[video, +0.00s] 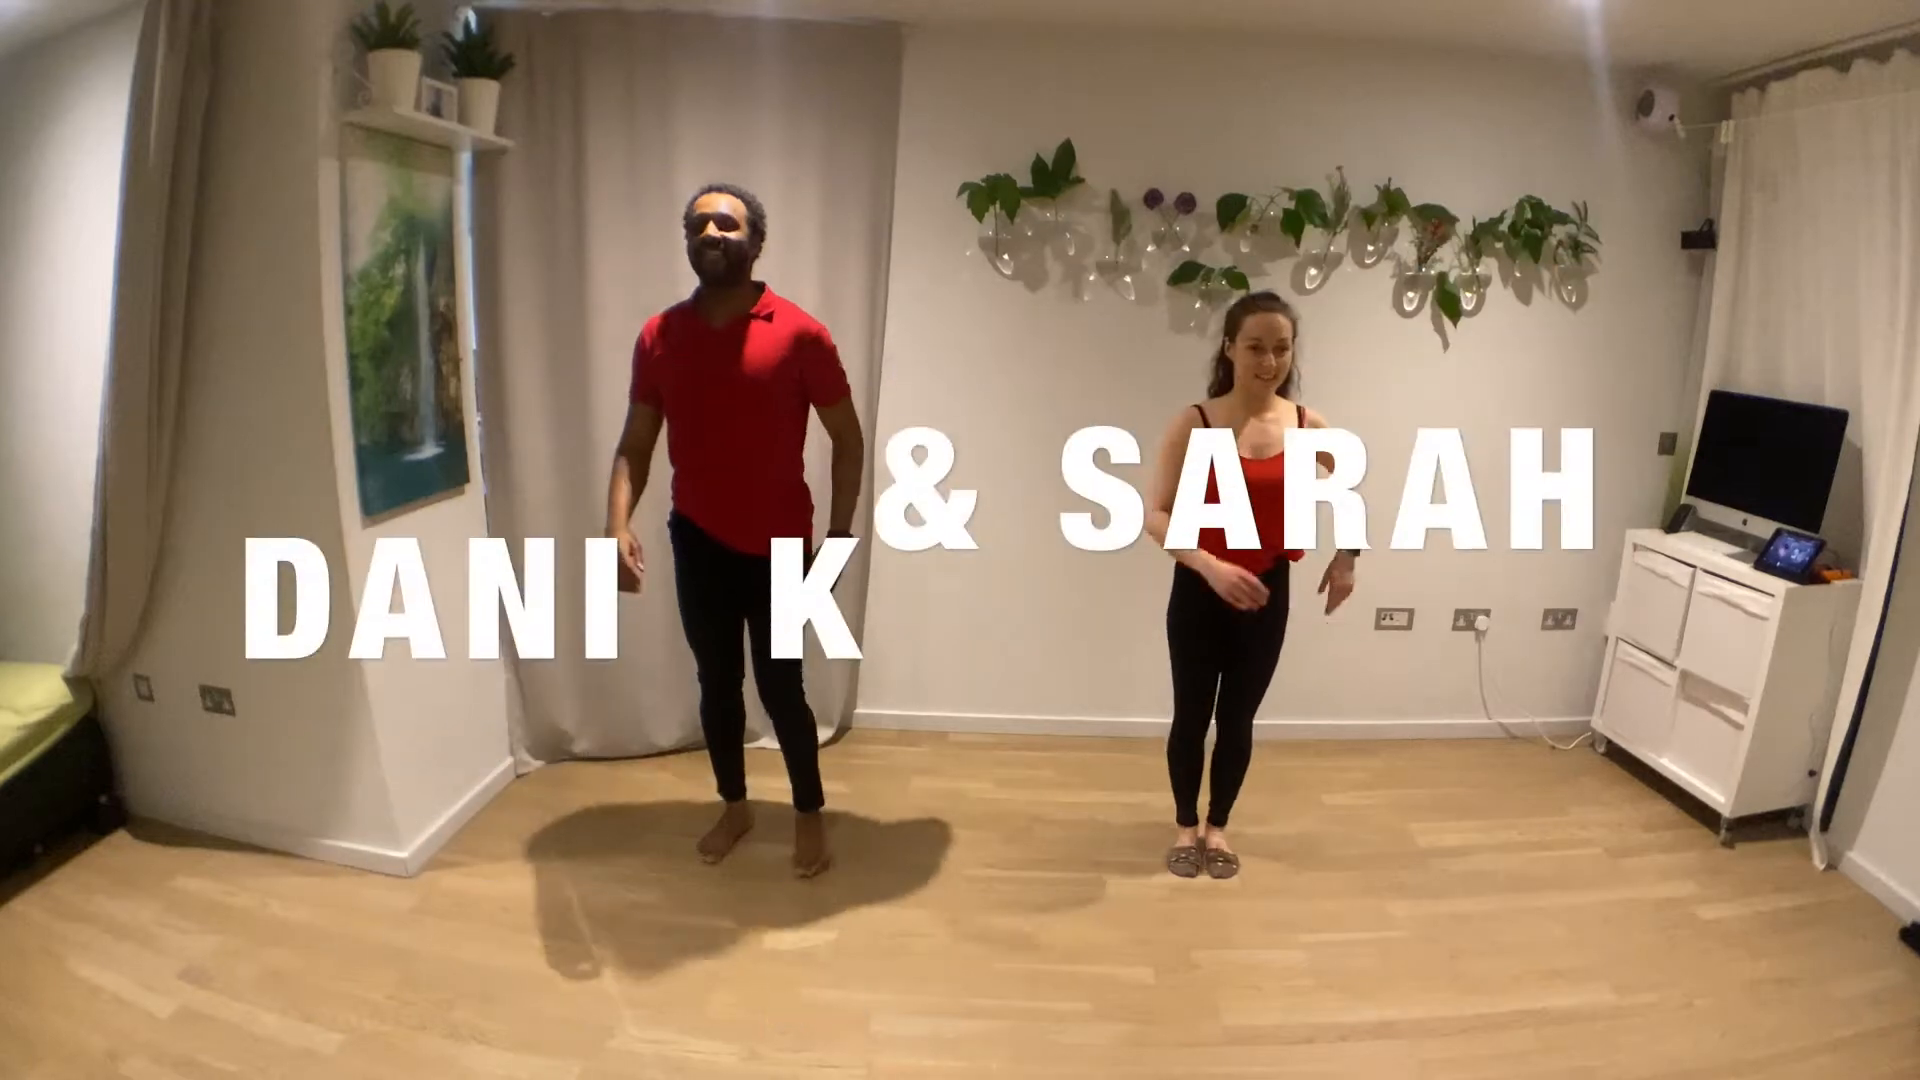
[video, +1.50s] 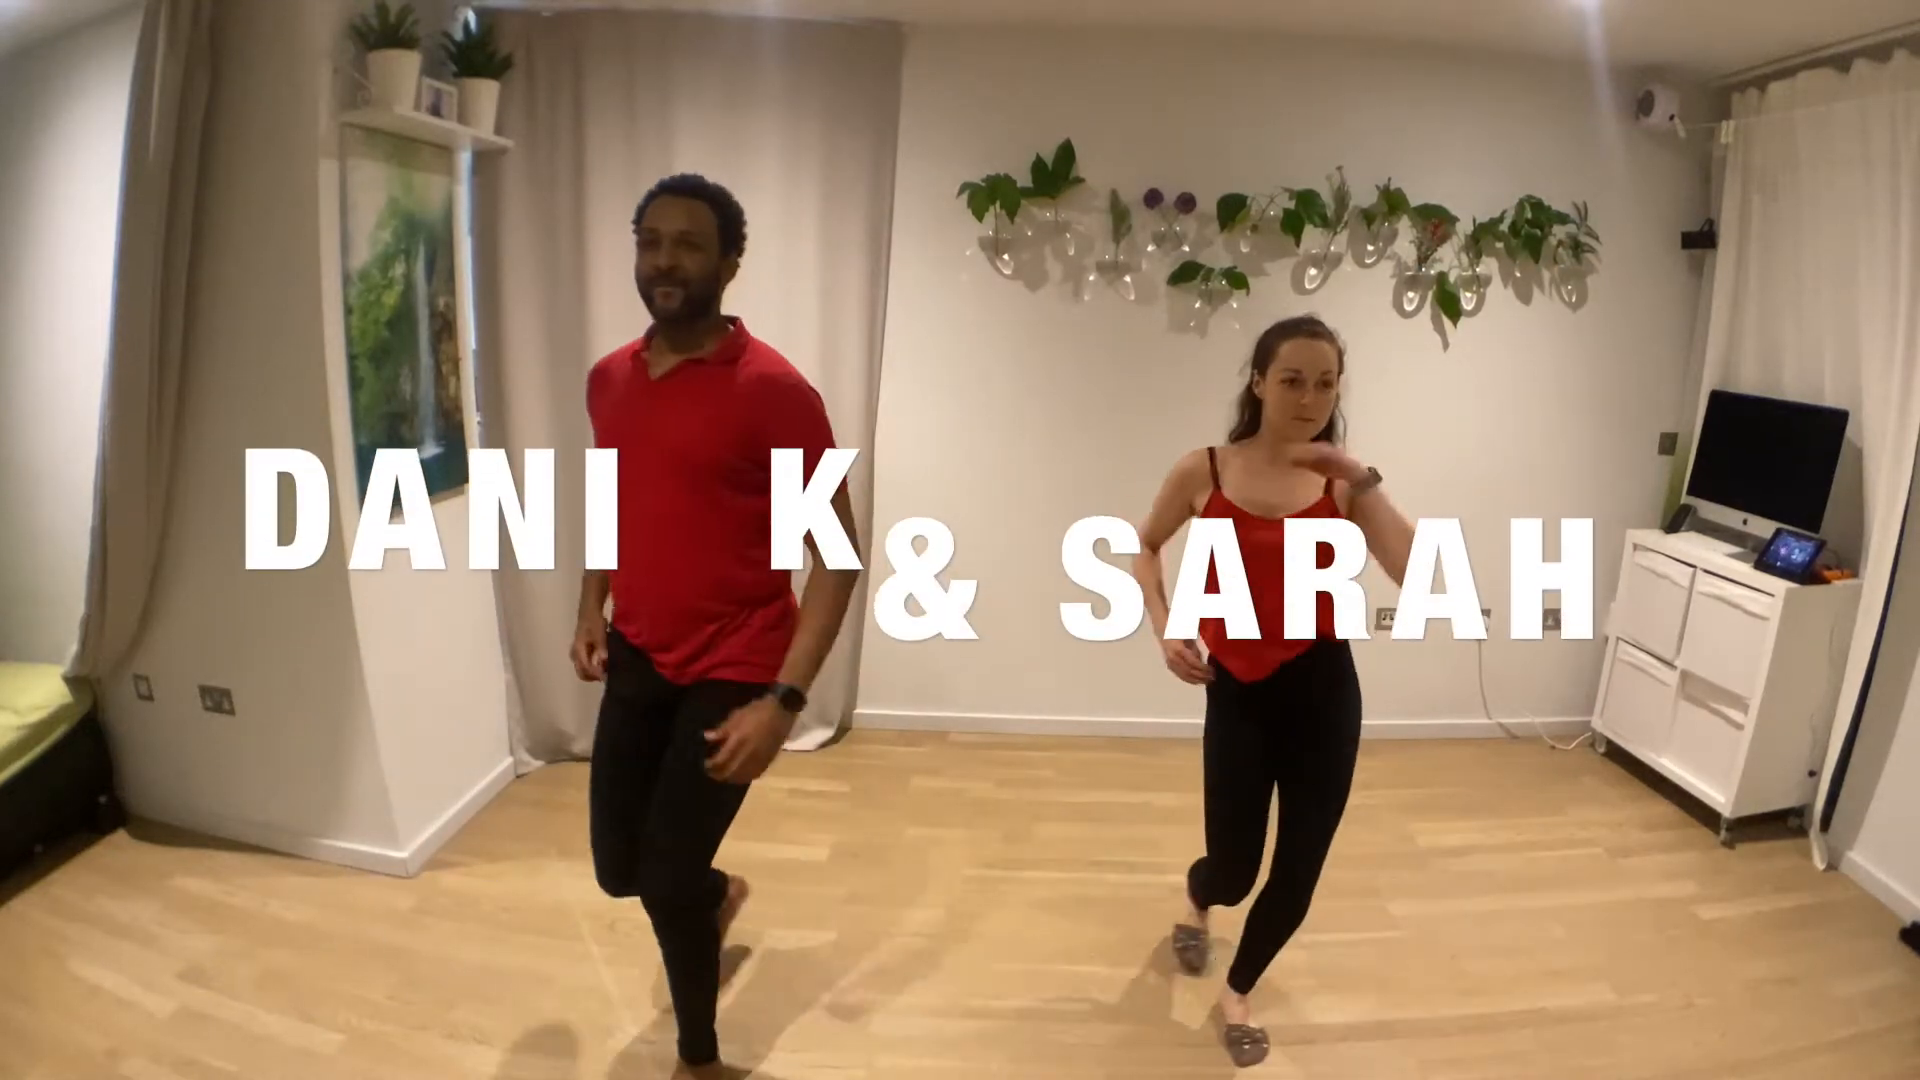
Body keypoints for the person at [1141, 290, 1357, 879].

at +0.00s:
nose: (1269, 360)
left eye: (1281, 348)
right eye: (1256, 346)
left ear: (1294, 352)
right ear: (1230, 347)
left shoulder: (1309, 425)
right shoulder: (1193, 423)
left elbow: (1344, 495)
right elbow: (1156, 516)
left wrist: (1345, 554)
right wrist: (1210, 566)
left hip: (1267, 591)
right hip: (1198, 585)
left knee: (1238, 717)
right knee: (1192, 714)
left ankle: (1216, 832)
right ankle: (1187, 830)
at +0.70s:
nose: (1303, 369)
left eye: (1316, 357)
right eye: (1289, 355)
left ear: (1328, 364)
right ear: (1258, 358)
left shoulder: (1341, 456)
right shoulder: (1218, 431)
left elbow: (1341, 560)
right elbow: (1134, 460)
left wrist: (1313, 632)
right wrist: (1145, 496)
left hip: (1304, 625)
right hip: (1231, 623)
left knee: (1291, 775)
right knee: (1245, 775)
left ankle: (1231, 822)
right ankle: (1256, 903)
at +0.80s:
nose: (1308, 376)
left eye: (1321, 364)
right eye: (1293, 361)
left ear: (1334, 373)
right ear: (1262, 366)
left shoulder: (1351, 466)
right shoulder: (1218, 446)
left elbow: (1363, 584)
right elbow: (1114, 484)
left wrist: (1346, 676)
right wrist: (1165, 479)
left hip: (1303, 642)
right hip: (1229, 639)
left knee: (1304, 800)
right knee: (1242, 789)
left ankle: (1258, 822)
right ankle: (1257, 898)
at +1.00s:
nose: (1312, 389)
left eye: (1326, 376)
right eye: (1297, 374)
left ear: (1340, 384)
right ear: (1267, 377)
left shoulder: (1359, 472)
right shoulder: (1223, 469)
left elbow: (1423, 557)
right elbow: (1154, 549)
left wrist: (1402, 651)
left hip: (1302, 655)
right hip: (1225, 651)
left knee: (1285, 802)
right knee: (1239, 800)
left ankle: (1283, 926)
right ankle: (1265, 909)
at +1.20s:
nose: (1313, 394)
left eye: (1328, 381)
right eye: (1297, 379)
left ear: (1340, 390)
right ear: (1263, 383)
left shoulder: (1359, 465)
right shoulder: (1221, 480)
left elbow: (1443, 511)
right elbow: (1194, 588)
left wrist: (1419, 605)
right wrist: (1276, 575)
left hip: (1310, 675)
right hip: (1230, 675)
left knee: (1285, 857)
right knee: (1244, 836)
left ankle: (1236, 987)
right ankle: (1276, 904)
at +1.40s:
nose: (1313, 395)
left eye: (1327, 381)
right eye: (1296, 379)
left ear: (1340, 390)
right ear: (1260, 382)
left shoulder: (1351, 470)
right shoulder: (1205, 479)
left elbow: (1435, 531)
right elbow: (1167, 581)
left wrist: (1389, 514)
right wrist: (1207, 646)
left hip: (1322, 691)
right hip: (1237, 692)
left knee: (1300, 873)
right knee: (1233, 871)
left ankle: (1232, 994)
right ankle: (1243, 897)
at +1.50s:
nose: (1310, 397)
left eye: (1325, 382)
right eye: (1294, 380)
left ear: (1339, 391)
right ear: (1259, 384)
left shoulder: (1347, 479)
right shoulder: (1202, 471)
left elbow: (1415, 572)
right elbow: (1146, 546)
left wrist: (1366, 489)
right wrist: (1164, 631)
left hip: (1323, 692)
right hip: (1237, 694)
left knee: (1298, 874)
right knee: (1234, 877)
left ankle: (1237, 995)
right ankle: (1194, 899)